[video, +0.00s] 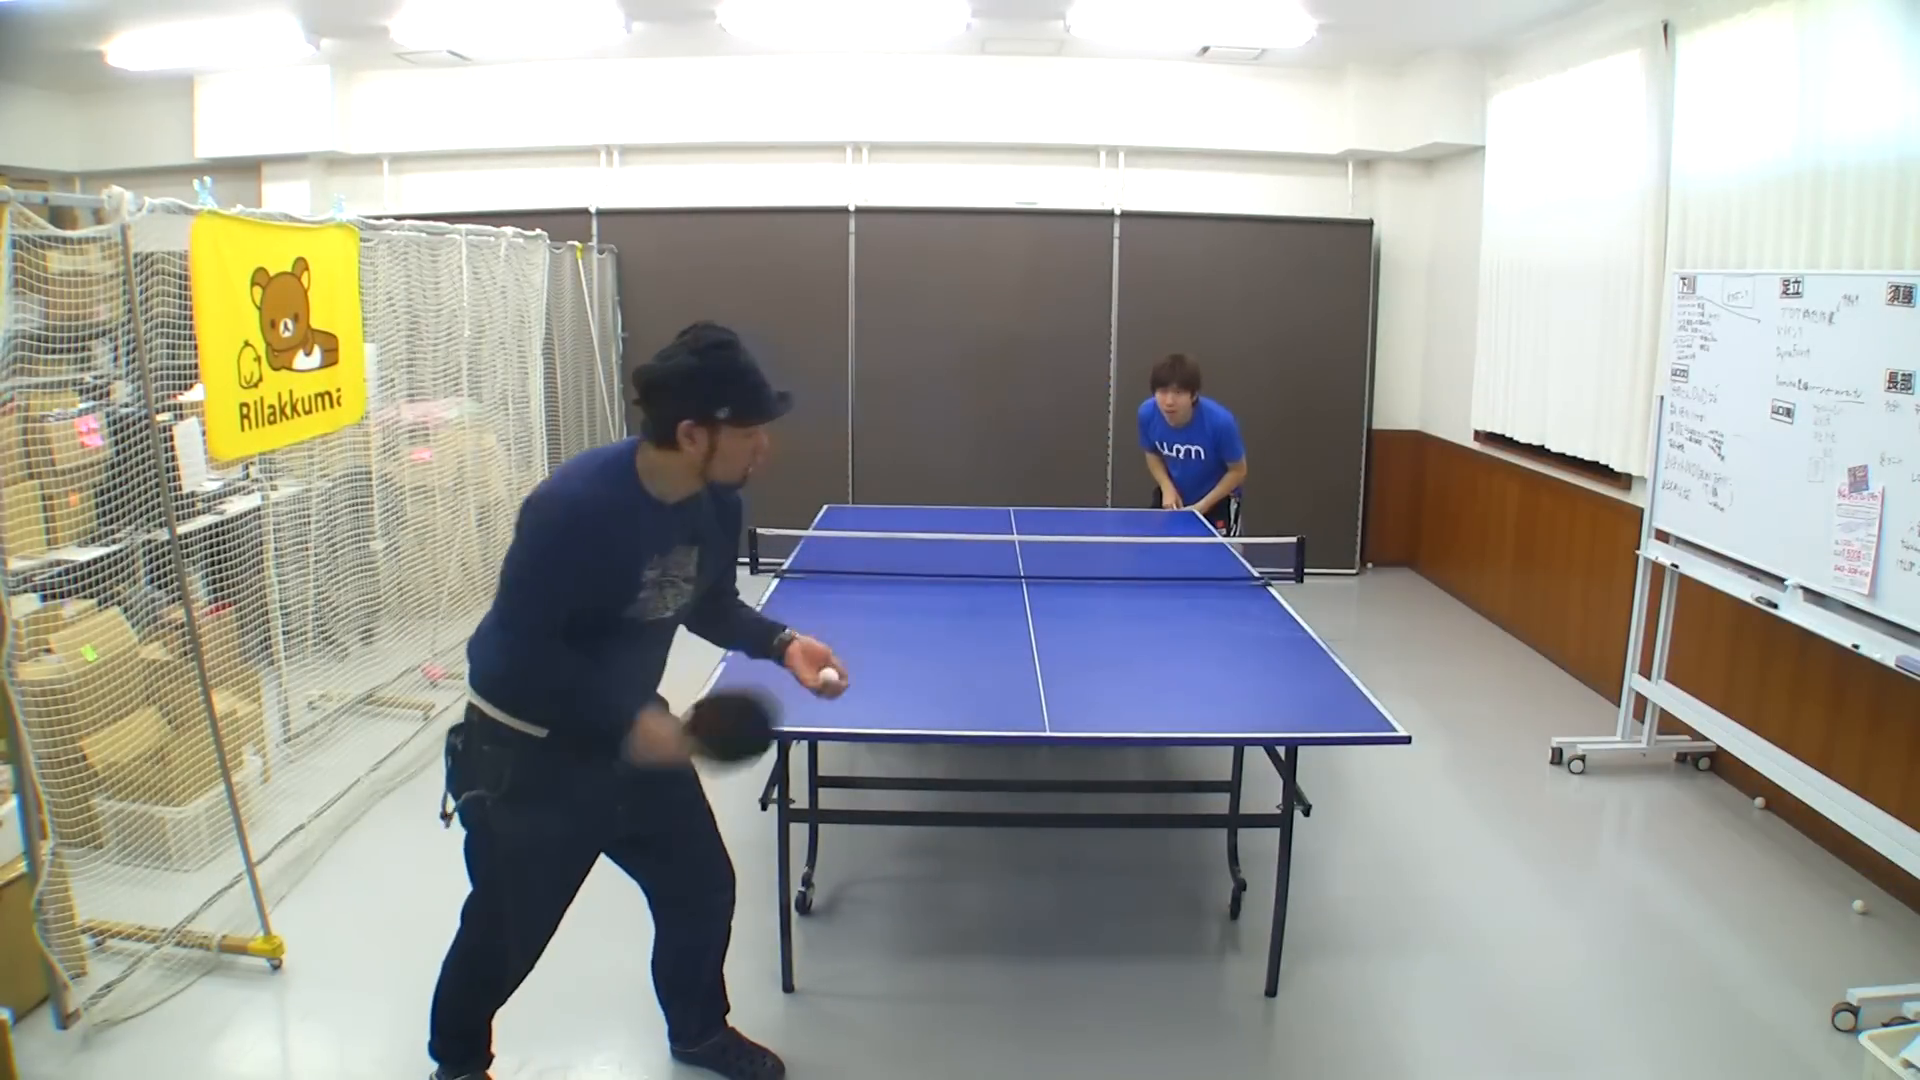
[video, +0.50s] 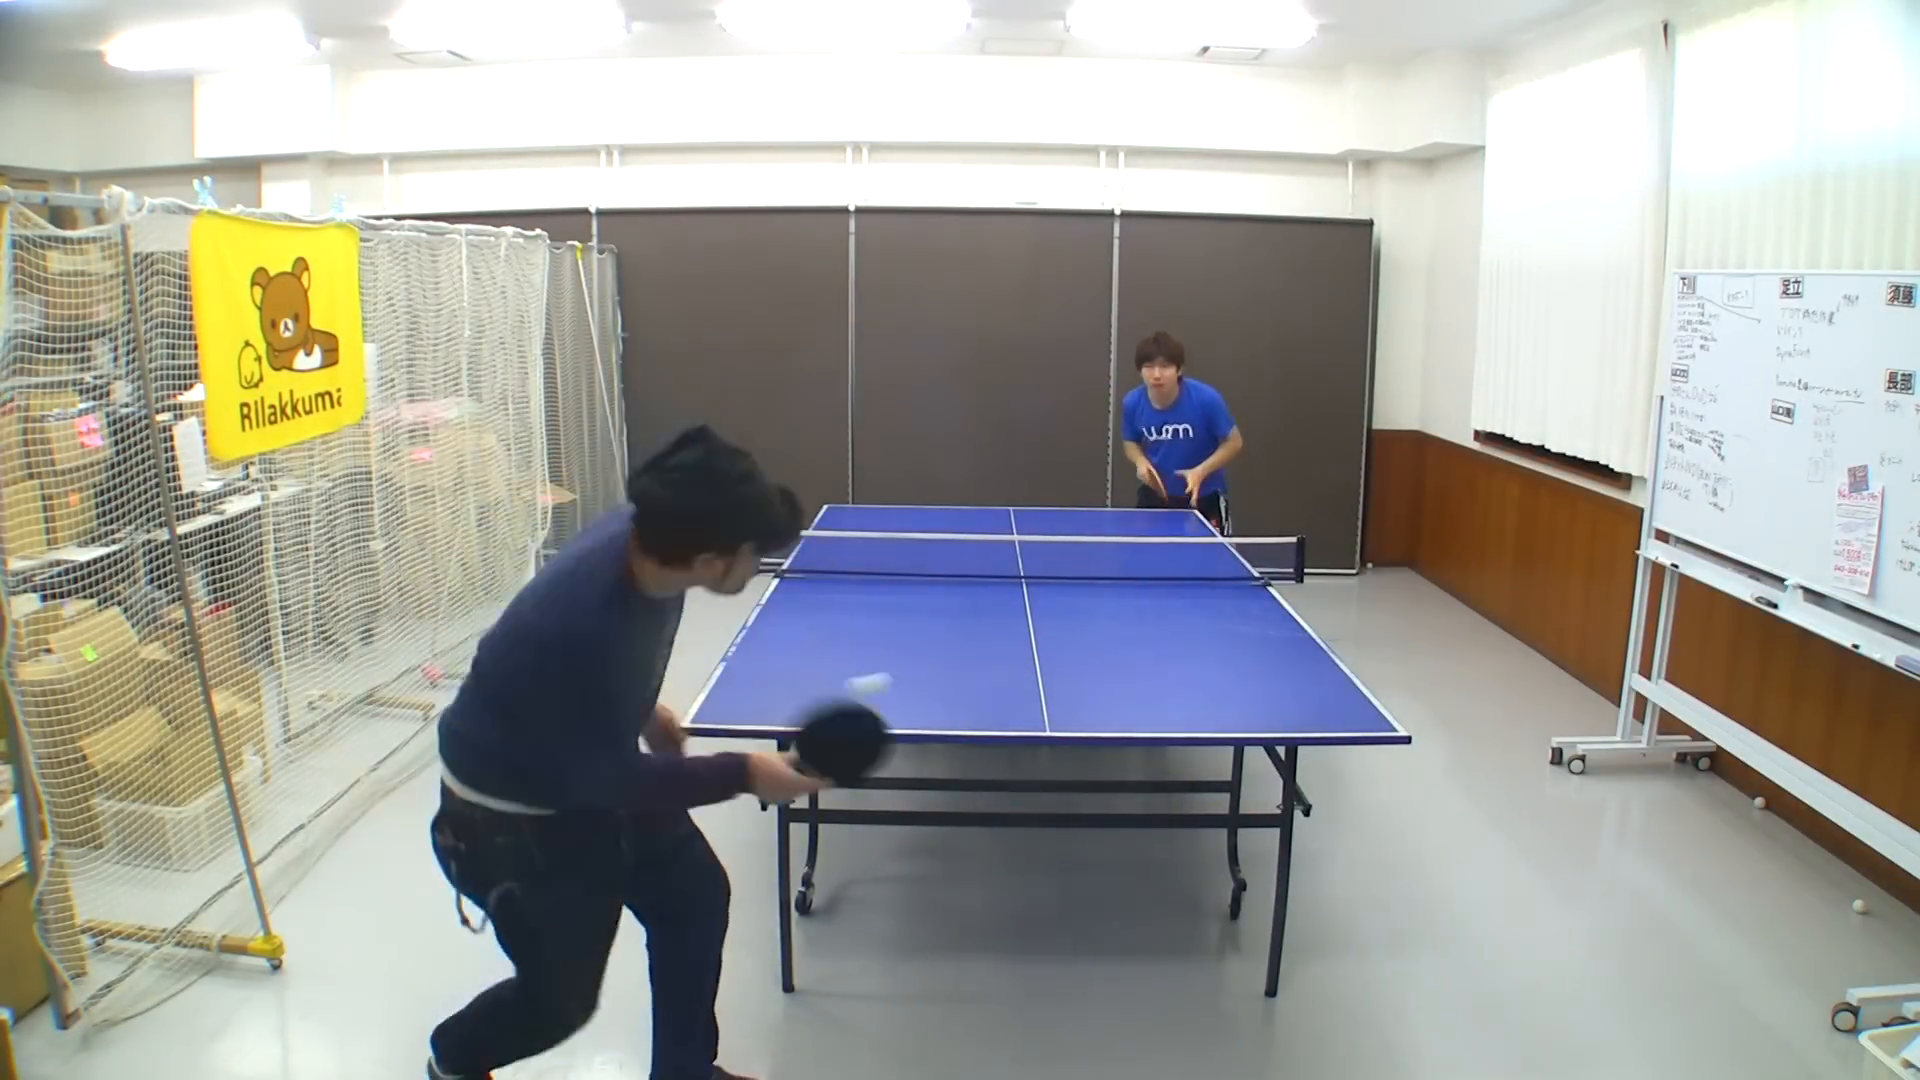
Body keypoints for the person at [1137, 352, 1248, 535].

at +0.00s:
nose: (1169, 401)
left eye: (1178, 392)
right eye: (1163, 392)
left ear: (1193, 395)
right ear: (1154, 393)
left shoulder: (1220, 422)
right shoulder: (1148, 414)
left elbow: (1238, 471)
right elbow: (1151, 454)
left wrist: (1201, 506)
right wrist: (1167, 488)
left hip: (1216, 500)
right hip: (1171, 497)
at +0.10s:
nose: (1167, 396)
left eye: (1177, 387)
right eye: (1161, 387)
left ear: (1192, 389)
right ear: (1153, 388)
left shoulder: (1218, 418)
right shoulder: (1146, 411)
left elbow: (1237, 467)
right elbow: (1150, 452)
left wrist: (1200, 502)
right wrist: (1166, 486)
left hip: (1214, 500)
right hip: (1170, 496)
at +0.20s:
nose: (1164, 389)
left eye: (1173, 381)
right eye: (1158, 381)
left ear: (1188, 384)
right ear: (1149, 383)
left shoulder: (1214, 413)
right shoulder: (1142, 408)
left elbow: (1234, 461)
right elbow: (1145, 449)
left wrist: (1197, 497)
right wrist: (1162, 482)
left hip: (1210, 498)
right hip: (1164, 496)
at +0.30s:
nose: (1159, 384)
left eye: (1169, 376)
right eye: (1153, 375)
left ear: (1183, 379)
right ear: (1144, 378)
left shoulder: (1210, 408)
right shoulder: (1136, 407)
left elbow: (1229, 455)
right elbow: (1138, 447)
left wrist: (1193, 491)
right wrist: (1156, 479)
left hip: (1205, 495)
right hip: (1159, 493)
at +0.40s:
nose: (1157, 380)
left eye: (1165, 372)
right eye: (1150, 371)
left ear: (1179, 375)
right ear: (1140, 375)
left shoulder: (1206, 405)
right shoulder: (1132, 406)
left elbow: (1227, 450)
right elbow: (1130, 446)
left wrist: (1194, 483)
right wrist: (1150, 476)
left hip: (1201, 497)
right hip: (1154, 496)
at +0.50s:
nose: (1156, 375)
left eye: (1164, 367)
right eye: (1149, 367)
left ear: (1178, 370)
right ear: (1140, 371)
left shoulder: (1206, 399)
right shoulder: (1133, 404)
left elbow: (1234, 442)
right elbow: (1129, 441)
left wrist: (1200, 471)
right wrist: (1141, 462)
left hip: (1203, 498)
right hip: (1155, 496)